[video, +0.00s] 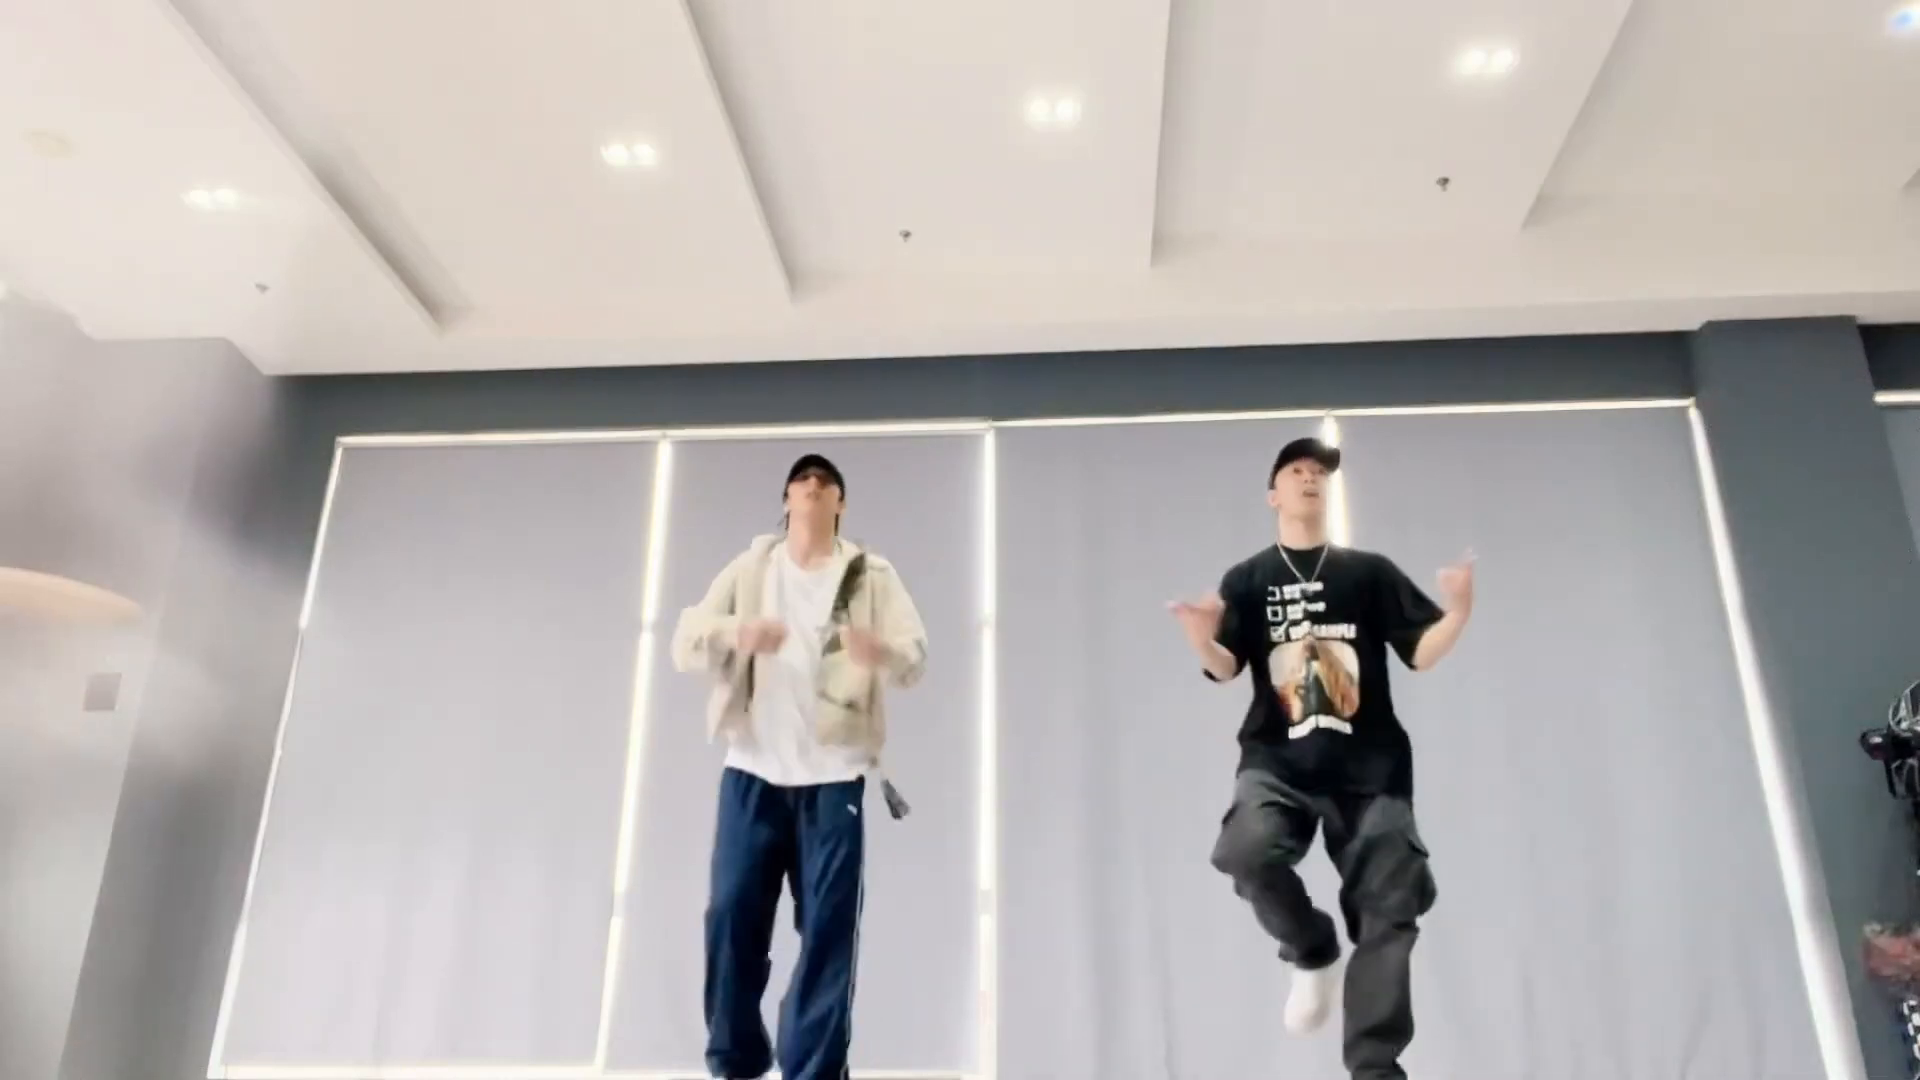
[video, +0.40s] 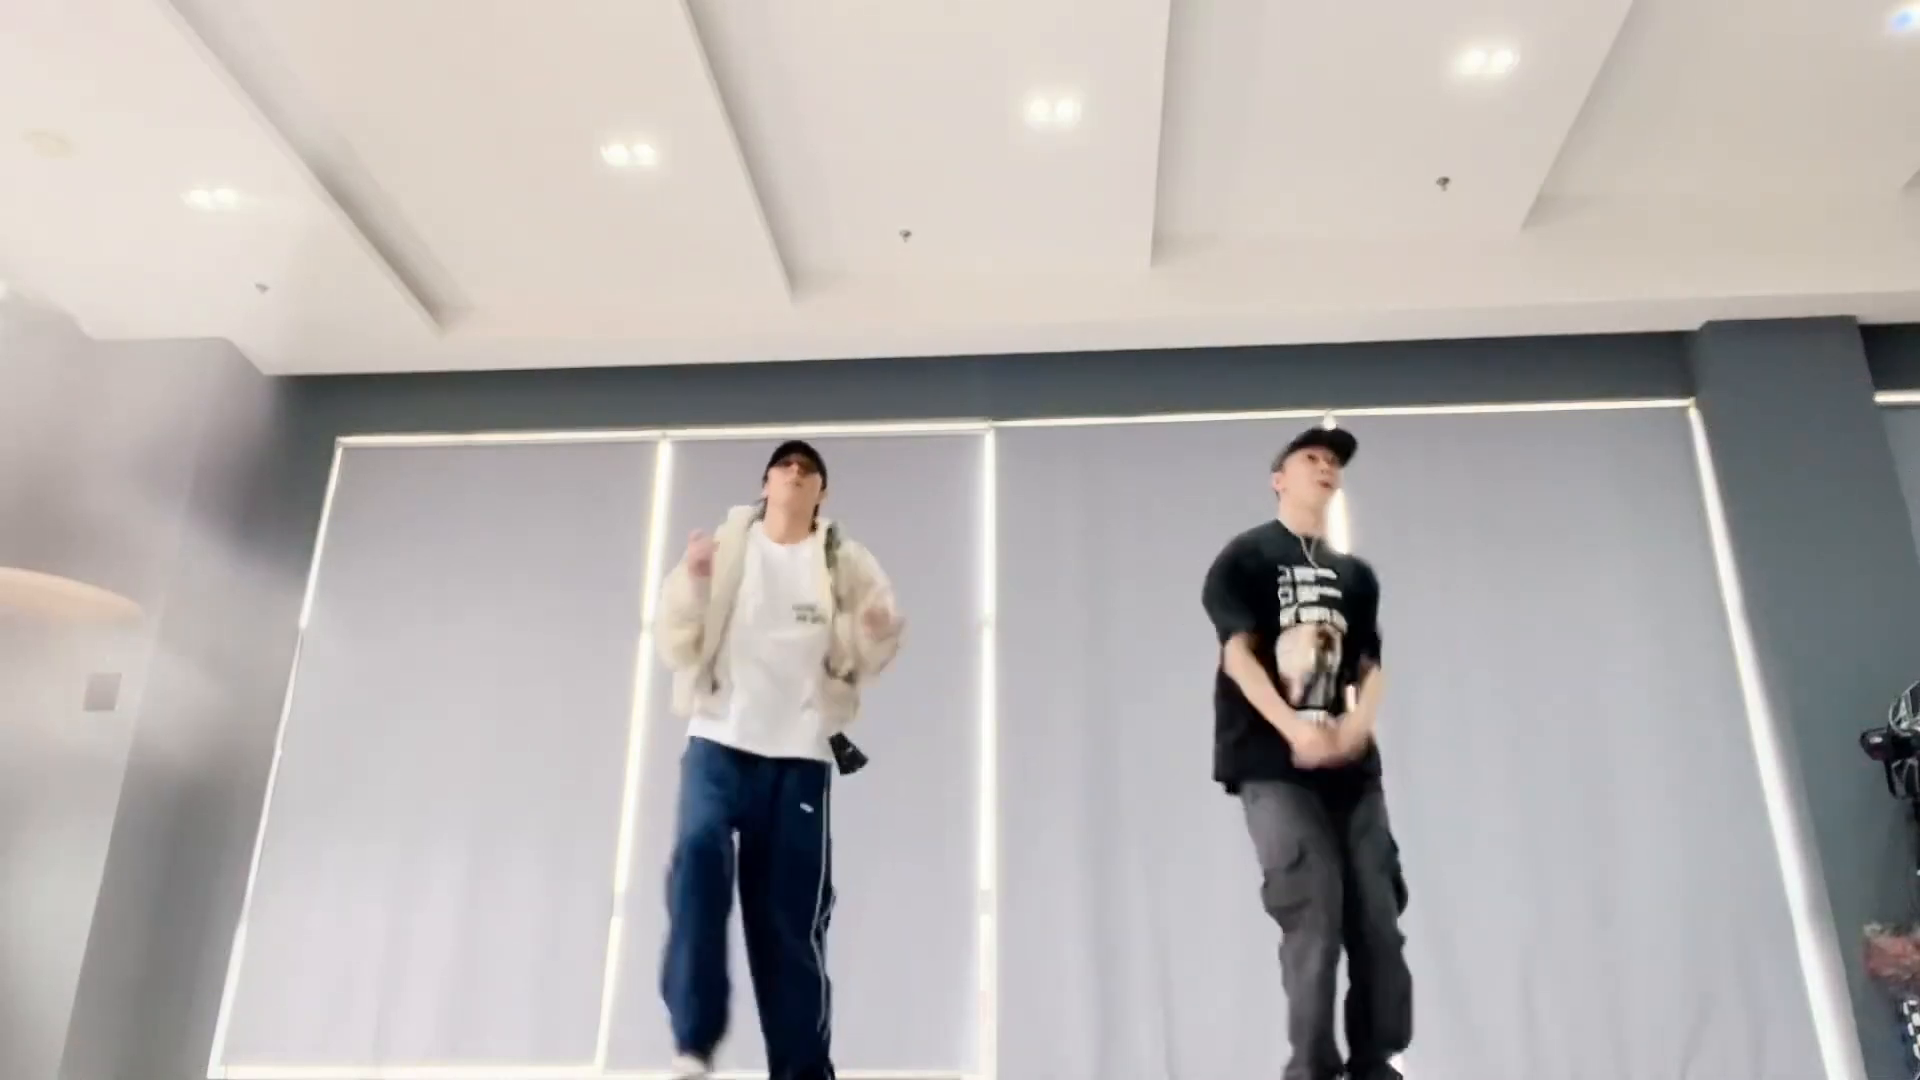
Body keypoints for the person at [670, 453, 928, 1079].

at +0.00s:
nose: (812, 488)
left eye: (824, 483)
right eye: (801, 481)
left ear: (841, 506)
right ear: (785, 503)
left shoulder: (872, 574)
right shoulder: (751, 565)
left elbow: (915, 661)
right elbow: (686, 641)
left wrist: (879, 652)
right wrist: (734, 636)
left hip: (833, 776)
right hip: (751, 771)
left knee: (827, 927)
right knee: (731, 915)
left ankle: (816, 1069)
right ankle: (734, 1063)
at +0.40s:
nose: (794, 474)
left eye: (807, 470)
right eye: (783, 466)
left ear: (822, 495)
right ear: (763, 487)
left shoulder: (845, 559)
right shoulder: (722, 547)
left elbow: (858, 664)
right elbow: (676, 653)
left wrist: (874, 631)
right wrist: (691, 583)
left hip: (799, 752)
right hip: (718, 740)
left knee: (791, 921)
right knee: (700, 850)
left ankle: (803, 1069)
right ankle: (694, 1039)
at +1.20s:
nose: (696, 512)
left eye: (708, 501)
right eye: (691, 508)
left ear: (742, 509)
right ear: (692, 529)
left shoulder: (791, 531)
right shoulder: (690, 604)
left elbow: (830, 453)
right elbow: (625, 646)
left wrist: (830, 359)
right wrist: (551, 618)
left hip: (803, 781)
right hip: (727, 797)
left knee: (870, 926)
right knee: (622, 918)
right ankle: (694, 1062)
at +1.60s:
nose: (755, 482)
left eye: (768, 476)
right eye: (743, 475)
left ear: (785, 498)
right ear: (727, 497)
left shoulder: (807, 558)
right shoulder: (702, 570)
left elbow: (840, 649)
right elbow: (680, 688)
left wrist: (827, 570)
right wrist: (667, 629)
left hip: (785, 758)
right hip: (706, 753)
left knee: (759, 913)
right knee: (688, 898)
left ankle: (754, 1067)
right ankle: (694, 1064)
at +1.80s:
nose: (789, 538)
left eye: (799, 534)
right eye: (776, 531)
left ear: (806, 556)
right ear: (753, 545)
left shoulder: (810, 623)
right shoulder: (710, 580)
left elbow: (794, 679)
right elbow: (719, 475)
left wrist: (759, 716)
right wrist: (738, 379)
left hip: (754, 818)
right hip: (668, 798)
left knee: (852, 923)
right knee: (583, 922)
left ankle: (766, 1064)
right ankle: (477, 1043)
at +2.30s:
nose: (754, 486)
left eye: (767, 481)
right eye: (744, 479)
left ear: (785, 504)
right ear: (726, 501)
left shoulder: (811, 560)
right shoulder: (688, 557)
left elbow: (883, 606)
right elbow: (602, 586)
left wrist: (936, 543)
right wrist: (526, 550)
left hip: (777, 751)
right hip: (696, 746)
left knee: (768, 917)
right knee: (683, 916)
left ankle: (753, 1066)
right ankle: (704, 1063)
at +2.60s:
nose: (748, 490)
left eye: (761, 483)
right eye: (737, 483)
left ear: (779, 505)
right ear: (722, 504)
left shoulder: (815, 561)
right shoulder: (686, 565)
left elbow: (883, 621)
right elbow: (635, 638)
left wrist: (867, 636)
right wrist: (614, 640)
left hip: (781, 777)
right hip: (697, 777)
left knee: (787, 933)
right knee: (676, 930)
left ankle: (757, 1069)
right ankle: (702, 1067)